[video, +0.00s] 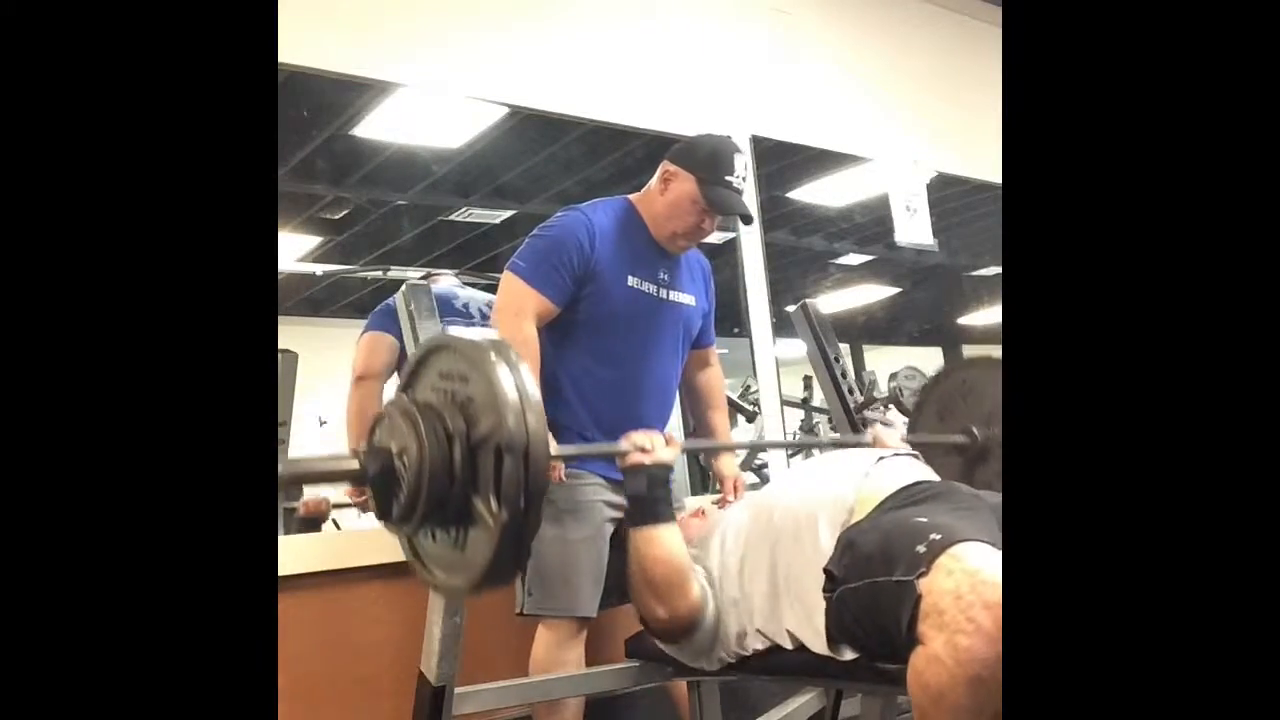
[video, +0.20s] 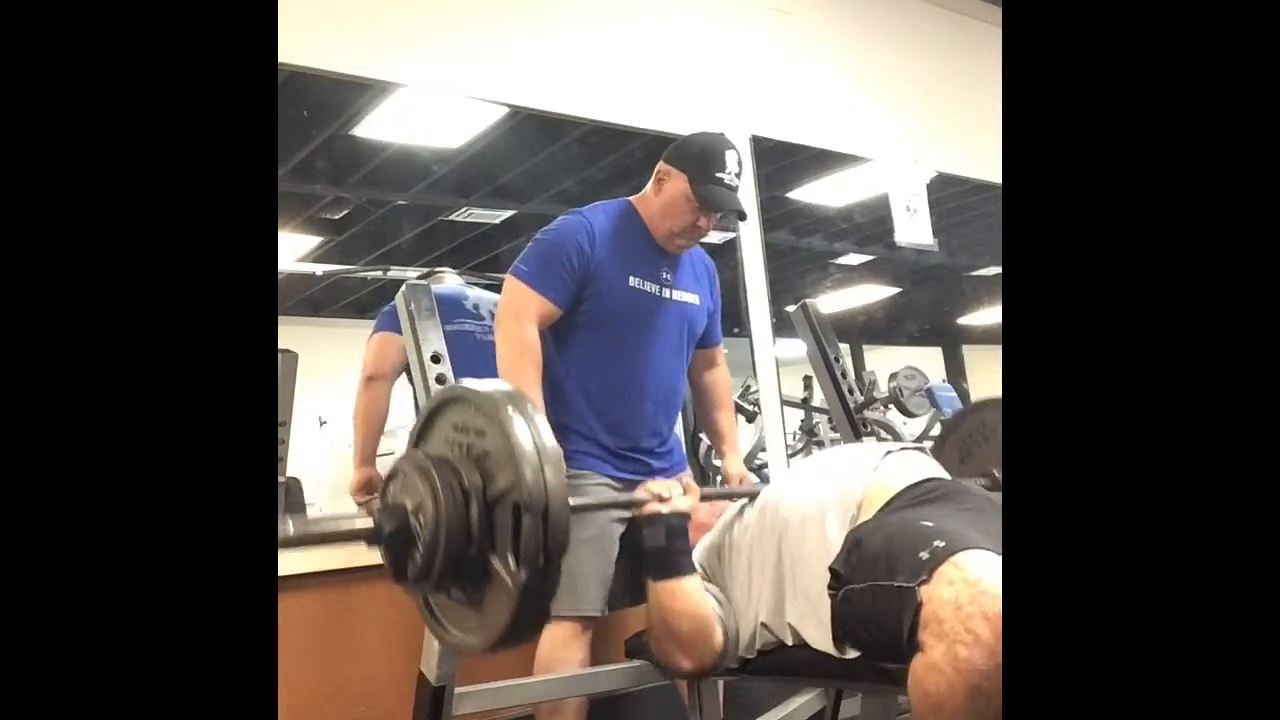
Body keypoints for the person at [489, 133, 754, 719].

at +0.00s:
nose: (712, 224)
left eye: (721, 214)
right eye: (706, 206)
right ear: (666, 178)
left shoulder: (697, 271)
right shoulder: (583, 232)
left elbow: (703, 366)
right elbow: (513, 315)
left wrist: (722, 453)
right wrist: (531, 431)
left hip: (651, 476)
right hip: (575, 469)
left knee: (627, 625)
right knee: (564, 626)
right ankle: (557, 718)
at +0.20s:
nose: (707, 224)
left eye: (719, 214)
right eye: (701, 204)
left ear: (727, 214)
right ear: (663, 179)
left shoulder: (702, 270)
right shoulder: (584, 235)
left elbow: (710, 367)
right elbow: (516, 321)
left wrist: (730, 457)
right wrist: (533, 442)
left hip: (665, 469)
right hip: (584, 464)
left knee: (687, 620)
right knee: (574, 622)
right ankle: (558, 717)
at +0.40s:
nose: (708, 223)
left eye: (720, 213)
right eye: (699, 205)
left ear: (730, 210)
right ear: (663, 183)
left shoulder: (715, 270)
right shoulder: (589, 241)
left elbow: (726, 365)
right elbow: (524, 326)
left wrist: (741, 454)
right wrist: (536, 439)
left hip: (679, 473)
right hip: (591, 467)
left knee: (699, 624)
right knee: (575, 620)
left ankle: (706, 716)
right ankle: (558, 716)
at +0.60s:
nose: (709, 222)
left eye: (720, 213)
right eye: (700, 205)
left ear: (730, 212)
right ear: (662, 183)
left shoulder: (721, 270)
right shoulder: (588, 244)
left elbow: (738, 365)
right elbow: (525, 333)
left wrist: (759, 452)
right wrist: (542, 439)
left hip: (681, 473)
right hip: (593, 469)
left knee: (699, 618)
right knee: (577, 617)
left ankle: (711, 719)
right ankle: (564, 717)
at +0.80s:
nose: (703, 224)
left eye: (714, 213)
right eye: (694, 206)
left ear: (724, 212)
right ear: (655, 183)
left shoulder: (710, 268)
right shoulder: (582, 243)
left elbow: (727, 364)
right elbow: (521, 334)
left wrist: (752, 448)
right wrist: (535, 437)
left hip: (671, 467)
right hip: (586, 466)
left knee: (684, 607)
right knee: (573, 617)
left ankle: (682, 713)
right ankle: (562, 717)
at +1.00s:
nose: (699, 224)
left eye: (709, 215)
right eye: (689, 207)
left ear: (717, 212)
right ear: (651, 182)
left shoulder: (705, 268)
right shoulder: (576, 242)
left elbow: (715, 366)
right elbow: (517, 336)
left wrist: (731, 456)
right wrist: (536, 440)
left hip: (662, 471)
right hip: (580, 469)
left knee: (658, 617)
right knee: (569, 621)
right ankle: (563, 718)